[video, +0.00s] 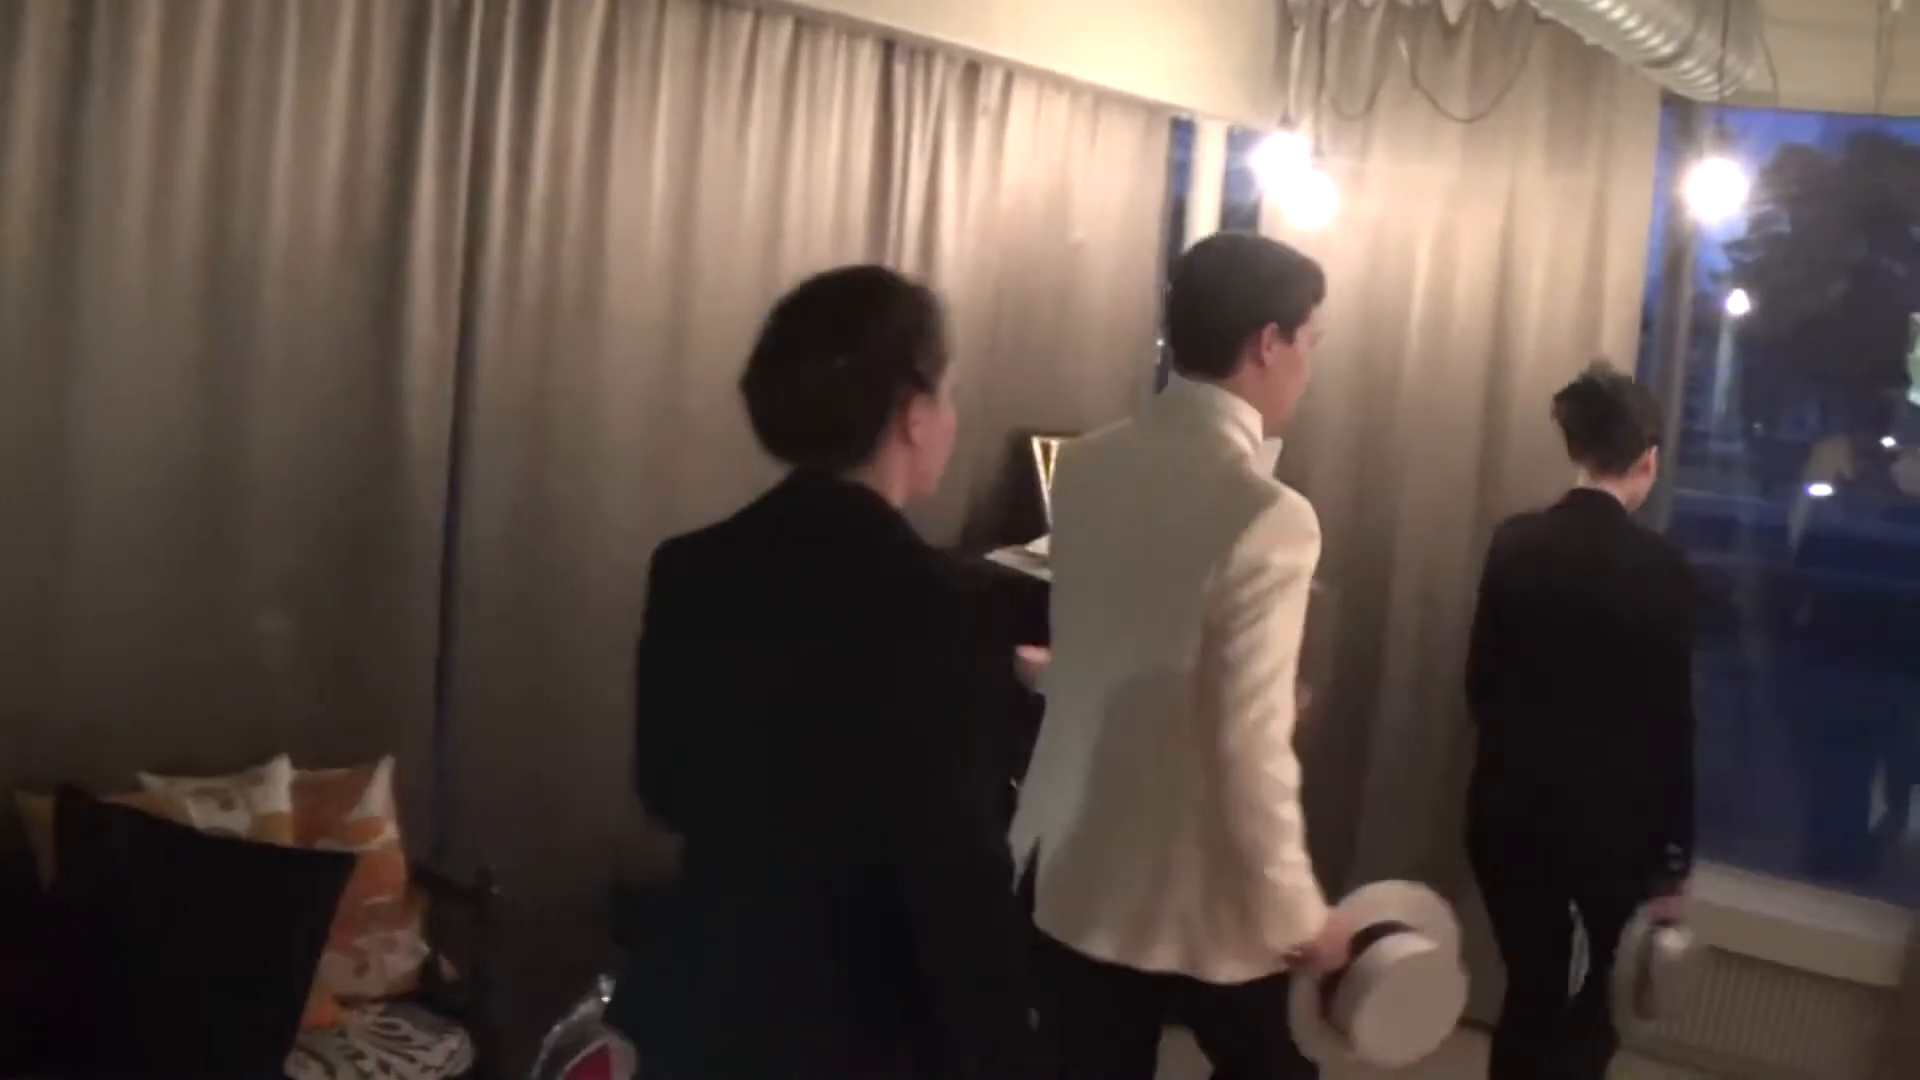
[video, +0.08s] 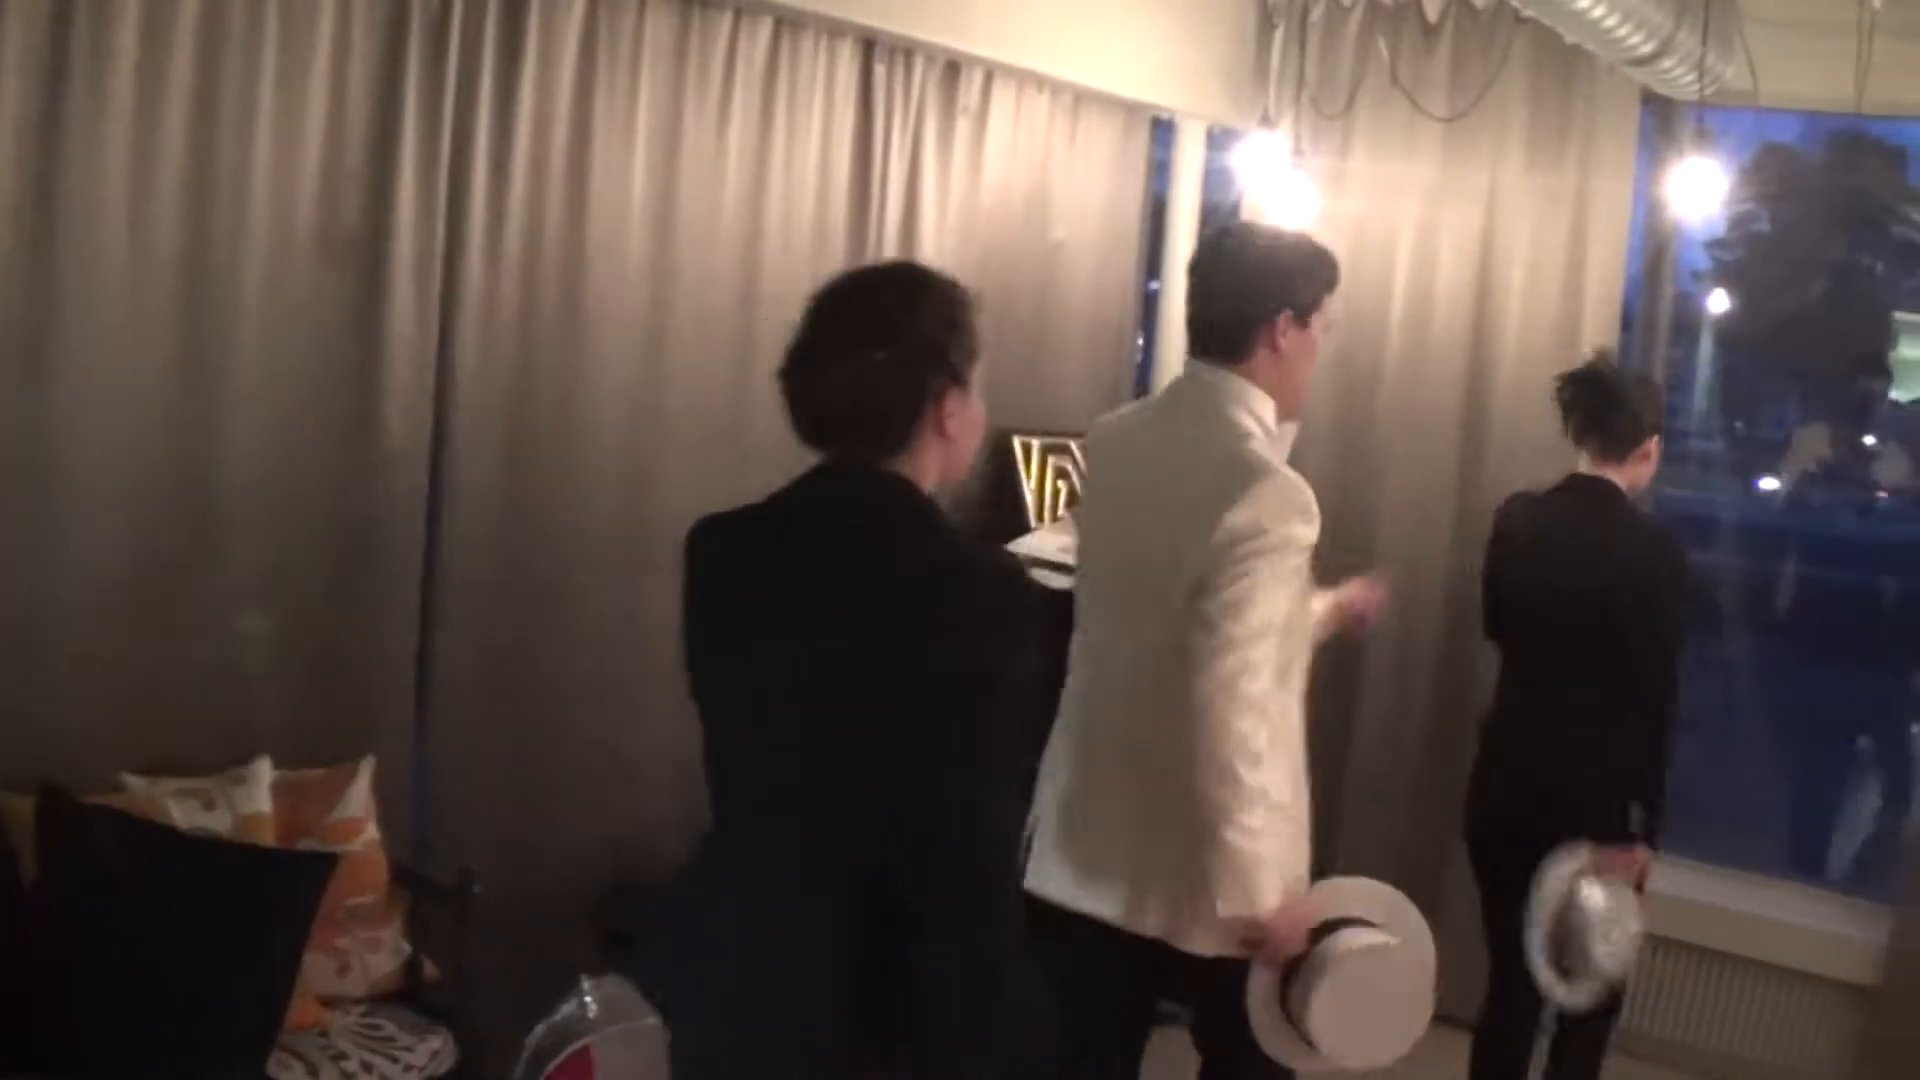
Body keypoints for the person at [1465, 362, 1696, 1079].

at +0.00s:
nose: (1657, 472)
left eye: (1650, 456)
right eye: (1657, 459)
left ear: (1573, 450)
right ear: (1646, 463)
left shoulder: (1516, 542)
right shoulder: (1658, 565)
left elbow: (1481, 684)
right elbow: (1673, 724)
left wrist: (1510, 762)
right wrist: (1673, 862)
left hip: (1511, 812)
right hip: (1613, 819)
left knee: (1530, 985)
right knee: (1606, 987)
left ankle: (1516, 1075)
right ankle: (1570, 1070)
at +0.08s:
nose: (1660, 457)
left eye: (1656, 441)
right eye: (1659, 444)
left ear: (1580, 434)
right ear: (1648, 449)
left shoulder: (1518, 519)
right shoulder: (1652, 549)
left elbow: (1496, 625)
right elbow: (1652, 697)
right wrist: (1642, 823)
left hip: (1504, 787)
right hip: (1598, 802)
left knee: (1508, 984)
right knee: (1589, 997)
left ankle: (1493, 1072)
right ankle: (1562, 1075)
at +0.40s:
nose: (1679, 465)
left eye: (1679, 451)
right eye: (1677, 451)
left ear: (1592, 450)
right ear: (1658, 458)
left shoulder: (1551, 523)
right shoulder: (1657, 545)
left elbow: (1529, 641)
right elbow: (1650, 688)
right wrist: (1643, 812)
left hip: (1540, 748)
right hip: (1611, 767)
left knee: (1523, 909)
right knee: (1591, 941)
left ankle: (1459, 1035)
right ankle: (1548, 1068)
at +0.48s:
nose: (1681, 466)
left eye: (1680, 452)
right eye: (1676, 453)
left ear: (1599, 454)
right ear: (1649, 459)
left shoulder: (1562, 525)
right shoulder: (1649, 543)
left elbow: (1535, 647)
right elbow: (1663, 686)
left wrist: (1545, 743)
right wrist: (1675, 806)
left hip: (1558, 747)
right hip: (1624, 761)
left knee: (1562, 898)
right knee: (1586, 933)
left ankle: (1464, 996)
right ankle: (1541, 1064)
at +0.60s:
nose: (1685, 442)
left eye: (1685, 426)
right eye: (1678, 426)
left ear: (1627, 428)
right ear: (1638, 428)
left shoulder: (1573, 498)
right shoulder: (1632, 511)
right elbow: (1673, 617)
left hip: (1544, 716)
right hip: (1590, 726)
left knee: (1596, 867)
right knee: (1592, 874)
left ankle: (1499, 1014)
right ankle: (1511, 1048)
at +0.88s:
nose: (1627, 434)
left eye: (1631, 419)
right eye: (1612, 418)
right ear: (1562, 417)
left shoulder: (1569, 497)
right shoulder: (1546, 507)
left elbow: (1565, 634)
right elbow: (1571, 667)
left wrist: (1627, 637)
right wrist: (1649, 666)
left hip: (1546, 721)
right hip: (1534, 731)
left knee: (1542, 893)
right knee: (1562, 906)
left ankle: (1473, 1024)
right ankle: (1447, 1032)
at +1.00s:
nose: (1603, 433)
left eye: (1609, 418)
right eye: (1588, 417)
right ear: (1538, 417)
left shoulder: (1569, 498)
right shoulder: (1511, 505)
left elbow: (1572, 623)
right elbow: (1529, 640)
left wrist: (1619, 672)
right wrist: (1611, 709)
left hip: (1538, 730)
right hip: (1496, 735)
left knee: (1521, 894)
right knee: (1524, 903)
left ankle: (1465, 1025)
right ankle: (1440, 1054)